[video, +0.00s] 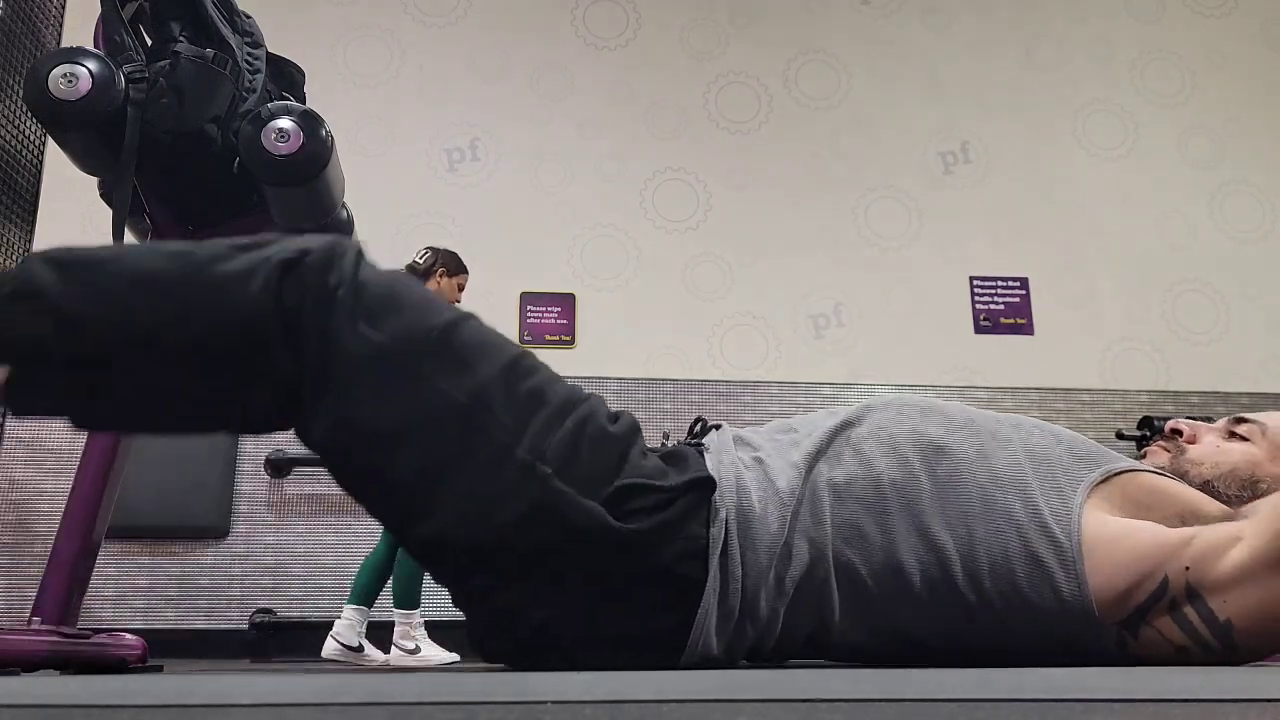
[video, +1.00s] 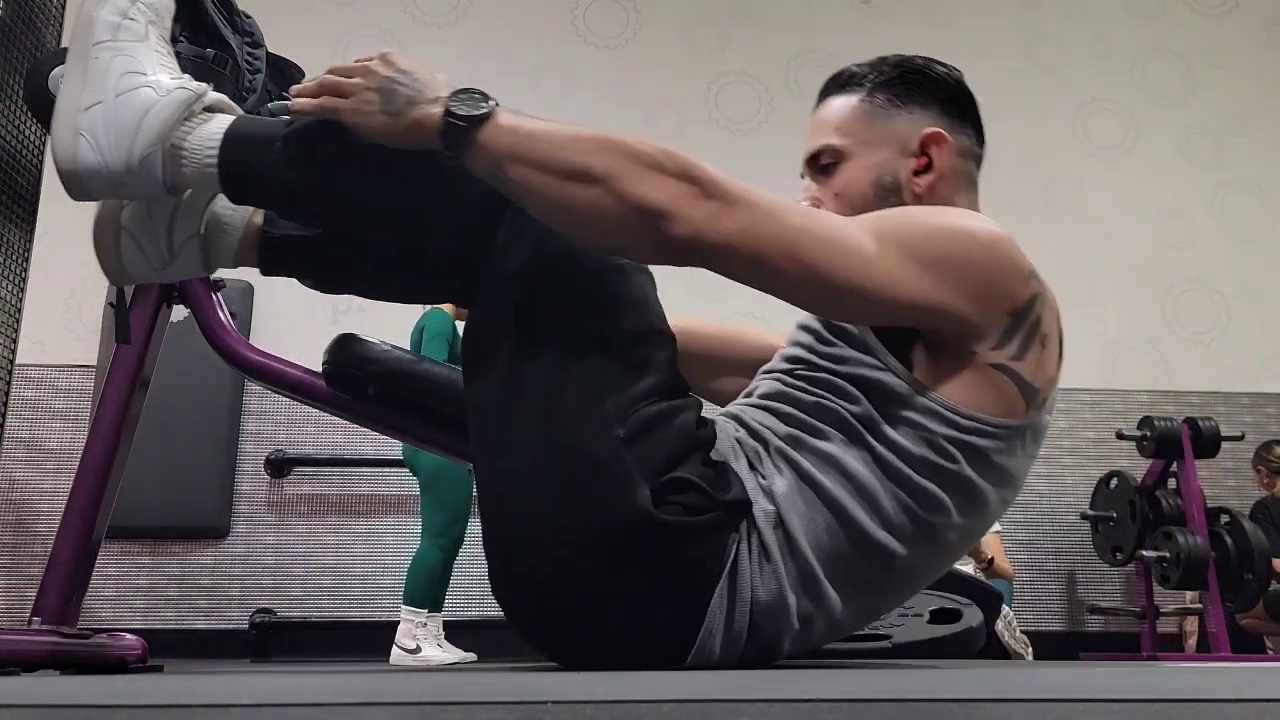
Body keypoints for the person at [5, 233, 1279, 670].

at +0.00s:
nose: (1210, 433)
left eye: (1239, 442)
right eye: (1224, 420)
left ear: (1240, 489)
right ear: (1191, 440)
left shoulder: (1170, 567)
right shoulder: (1100, 487)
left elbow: (1278, 531)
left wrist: (1242, 475)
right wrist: (1232, 466)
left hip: (660, 562)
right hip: (654, 493)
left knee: (330, 297)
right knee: (328, 305)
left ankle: (14, 315)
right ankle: (21, 324)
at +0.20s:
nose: (1185, 417)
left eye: (1207, 418)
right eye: (1197, 401)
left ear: (1229, 479)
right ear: (1199, 440)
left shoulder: (1187, 572)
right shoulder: (1092, 489)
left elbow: (1238, 412)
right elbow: (1004, 432)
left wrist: (1250, 270)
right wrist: (1149, 297)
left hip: (654, 566)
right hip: (659, 500)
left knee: (409, 230)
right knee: (408, 234)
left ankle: (56, 222)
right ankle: (75, 205)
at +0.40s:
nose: (1144, 347)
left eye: (1184, 347)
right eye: (1158, 336)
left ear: (1240, 429)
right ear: (1146, 393)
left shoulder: (1189, 520)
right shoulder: (1052, 473)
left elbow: (1044, 268)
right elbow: (879, 397)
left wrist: (1005, 72)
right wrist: (896, 212)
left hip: (667, 565)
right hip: (649, 527)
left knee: (492, 196)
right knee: (482, 208)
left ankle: (131, 150)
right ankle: (164, 195)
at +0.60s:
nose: (992, 297)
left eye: (1032, 276)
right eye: (1003, 276)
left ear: (1135, 313)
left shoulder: (1137, 440)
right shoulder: (983, 456)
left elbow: (890, 282)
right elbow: (773, 348)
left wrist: (719, 120)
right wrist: (675, 187)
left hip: (689, 552)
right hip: (644, 559)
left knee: (514, 176)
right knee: (503, 217)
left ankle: (161, 130)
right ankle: (179, 210)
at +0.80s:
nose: (891, 240)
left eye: (920, 215)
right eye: (895, 218)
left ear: (1024, 226)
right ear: (949, 233)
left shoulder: (1062, 336)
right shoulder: (937, 393)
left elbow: (766, 250)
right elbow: (692, 342)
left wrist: (537, 128)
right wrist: (539, 169)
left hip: (688, 566)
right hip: (651, 563)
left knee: (522, 194)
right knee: (518, 206)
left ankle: (150, 119)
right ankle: (198, 224)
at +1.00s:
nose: (806, 202)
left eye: (830, 170)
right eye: (809, 178)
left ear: (930, 163)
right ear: (916, 172)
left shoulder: (987, 268)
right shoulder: (870, 335)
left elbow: (688, 215)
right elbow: (654, 338)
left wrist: (451, 115)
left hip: (672, 583)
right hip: (649, 566)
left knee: (553, 233)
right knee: (551, 231)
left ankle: (184, 135)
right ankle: (224, 228)